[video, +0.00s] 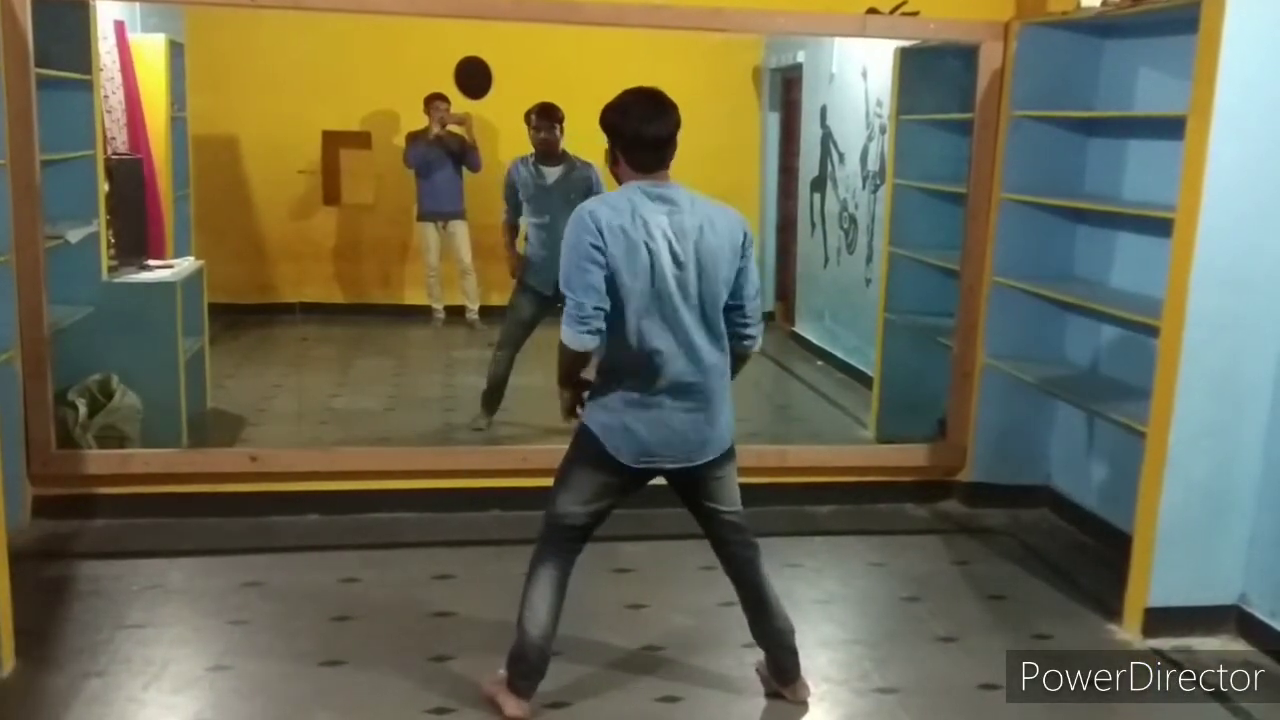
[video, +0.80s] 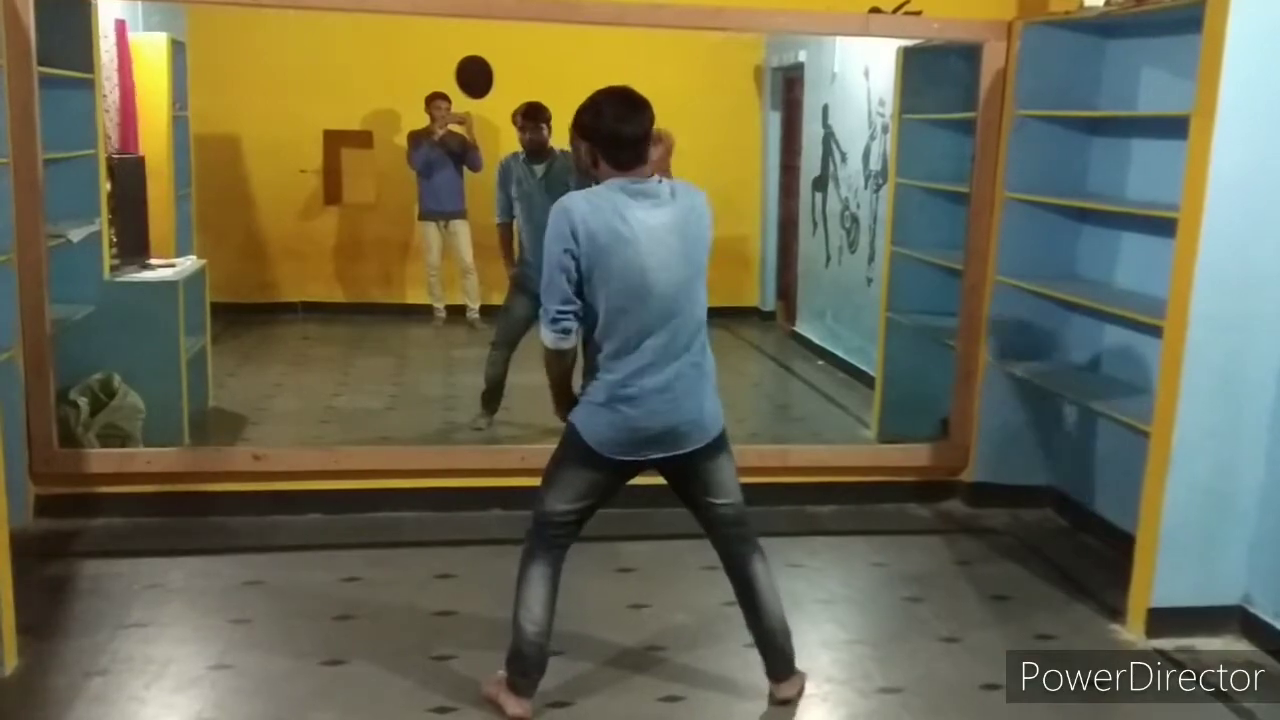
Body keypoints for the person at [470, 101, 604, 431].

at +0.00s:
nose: (545, 136)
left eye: (551, 129)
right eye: (538, 129)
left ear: (562, 130)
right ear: (529, 132)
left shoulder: (585, 173)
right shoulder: (519, 172)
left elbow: (601, 218)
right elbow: (512, 216)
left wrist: (597, 260)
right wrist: (511, 254)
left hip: (579, 274)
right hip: (537, 273)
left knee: (598, 343)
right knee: (507, 344)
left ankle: (597, 409)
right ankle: (486, 412)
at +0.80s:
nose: (532, 135)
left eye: (539, 128)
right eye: (526, 129)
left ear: (550, 130)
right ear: (517, 131)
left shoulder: (572, 166)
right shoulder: (509, 168)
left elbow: (588, 212)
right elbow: (504, 220)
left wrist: (586, 261)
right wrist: (510, 265)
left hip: (573, 271)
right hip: (531, 271)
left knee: (594, 340)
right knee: (502, 342)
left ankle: (593, 405)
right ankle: (487, 410)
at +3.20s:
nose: (582, 124)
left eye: (588, 118)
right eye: (575, 117)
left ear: (594, 123)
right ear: (560, 119)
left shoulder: (595, 165)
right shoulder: (547, 152)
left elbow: (603, 215)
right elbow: (532, 163)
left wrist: (618, 254)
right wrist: (576, 158)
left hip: (586, 272)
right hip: (543, 270)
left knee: (622, 338)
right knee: (512, 341)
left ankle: (631, 412)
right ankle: (486, 405)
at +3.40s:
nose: (589, 128)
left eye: (595, 122)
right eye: (582, 120)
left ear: (603, 126)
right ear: (570, 121)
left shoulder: (608, 168)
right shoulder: (560, 150)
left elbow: (611, 222)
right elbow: (597, 171)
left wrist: (616, 265)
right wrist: (648, 176)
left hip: (591, 264)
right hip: (549, 261)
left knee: (624, 337)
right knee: (516, 335)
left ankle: (642, 410)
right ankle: (487, 403)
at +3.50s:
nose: (616, 130)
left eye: (622, 124)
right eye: (610, 122)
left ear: (628, 130)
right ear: (597, 124)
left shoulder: (623, 178)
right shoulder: (582, 149)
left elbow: (618, 226)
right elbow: (591, 167)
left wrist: (623, 264)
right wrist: (637, 178)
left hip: (595, 263)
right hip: (558, 257)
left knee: (626, 326)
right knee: (530, 326)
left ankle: (630, 398)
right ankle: (491, 379)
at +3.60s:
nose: (650, 159)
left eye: (653, 152)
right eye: (647, 150)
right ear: (627, 144)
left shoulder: (627, 183)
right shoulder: (602, 168)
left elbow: (611, 225)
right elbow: (554, 171)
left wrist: (621, 263)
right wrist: (604, 165)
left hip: (597, 270)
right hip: (564, 266)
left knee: (635, 333)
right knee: (551, 339)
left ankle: (626, 408)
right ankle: (513, 308)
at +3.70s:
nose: (642, 159)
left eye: (646, 153)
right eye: (637, 151)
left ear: (648, 156)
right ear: (621, 146)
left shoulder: (632, 191)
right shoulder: (601, 173)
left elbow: (617, 236)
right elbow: (564, 162)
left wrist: (623, 272)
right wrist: (611, 164)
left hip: (599, 276)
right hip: (564, 270)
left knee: (638, 335)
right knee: (549, 342)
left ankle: (628, 409)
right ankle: (517, 303)